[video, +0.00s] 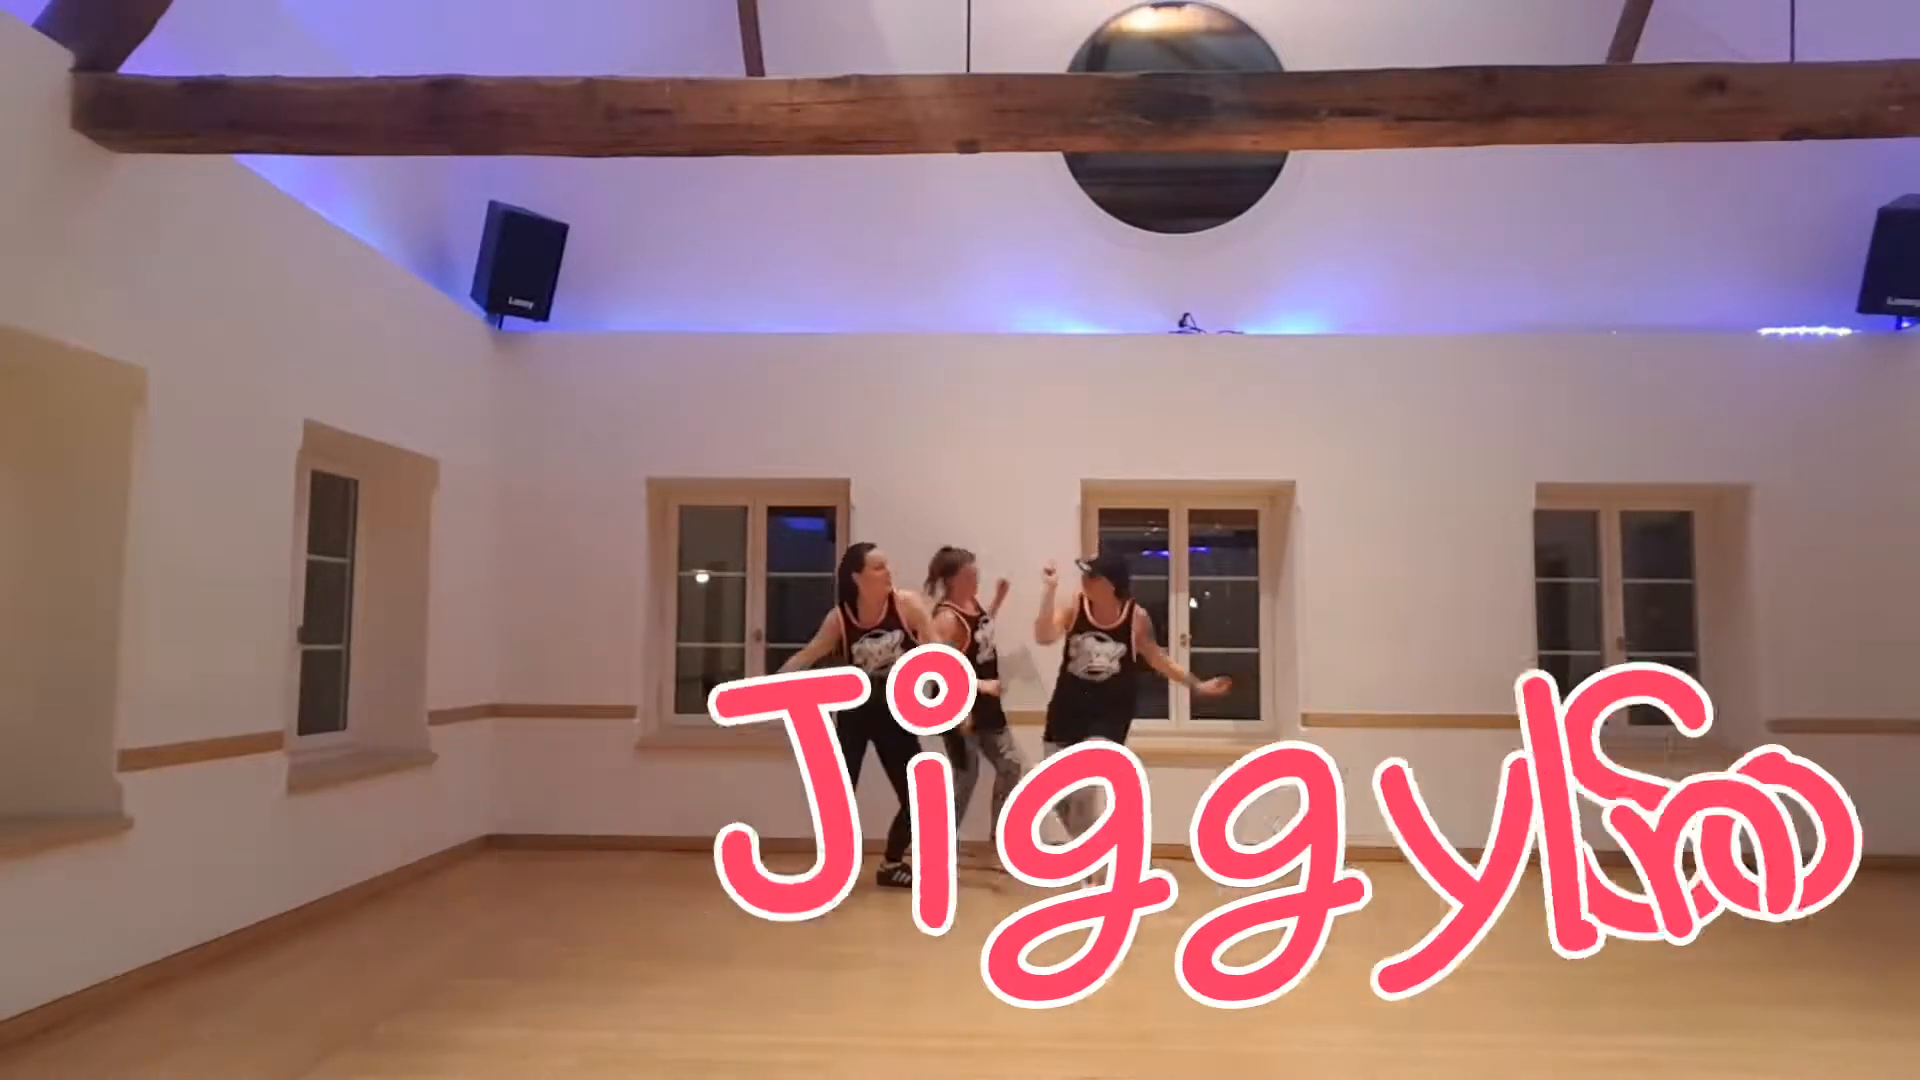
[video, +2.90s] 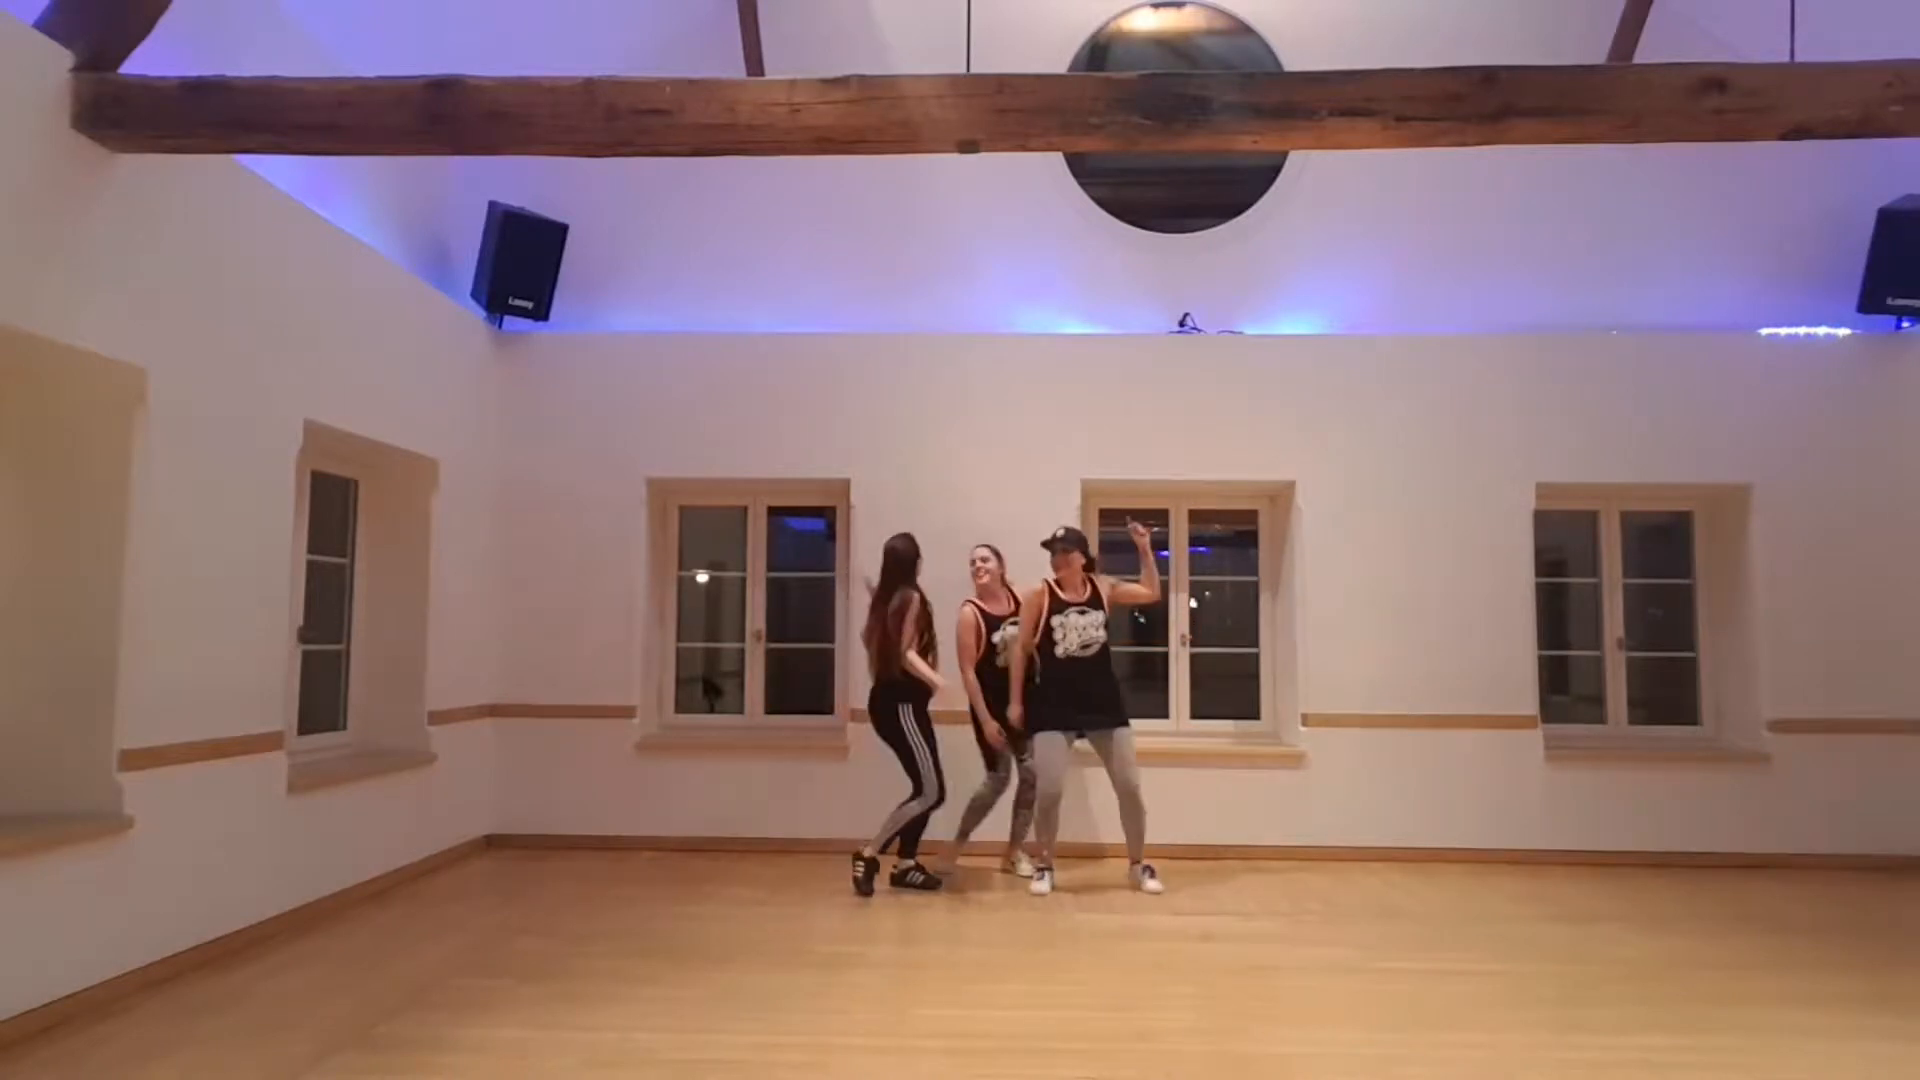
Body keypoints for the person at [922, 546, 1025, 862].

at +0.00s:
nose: (976, 579)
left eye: (974, 573)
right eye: (969, 574)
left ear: (967, 577)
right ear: (951, 579)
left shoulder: (970, 603)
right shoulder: (946, 619)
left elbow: (982, 628)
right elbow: (940, 670)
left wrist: (997, 601)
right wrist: (980, 684)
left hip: (987, 704)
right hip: (961, 710)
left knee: (1011, 767)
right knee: (964, 774)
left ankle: (1004, 837)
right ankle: (943, 841)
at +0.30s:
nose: (1001, 581)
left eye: (1005, 575)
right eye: (995, 574)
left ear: (1009, 571)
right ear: (979, 569)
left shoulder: (1005, 593)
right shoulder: (963, 600)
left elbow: (1032, 613)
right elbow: (933, 641)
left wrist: (1041, 580)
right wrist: (954, 683)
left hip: (1004, 690)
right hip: (968, 692)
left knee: (1015, 764)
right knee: (958, 767)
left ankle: (1023, 837)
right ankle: (943, 839)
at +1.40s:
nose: (1006, 561)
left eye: (1013, 556)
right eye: (1002, 556)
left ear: (1026, 562)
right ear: (995, 561)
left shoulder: (1035, 590)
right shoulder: (991, 593)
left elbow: (1030, 612)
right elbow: (973, 634)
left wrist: (991, 597)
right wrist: (934, 638)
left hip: (1022, 694)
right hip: (984, 691)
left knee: (1025, 769)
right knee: (961, 761)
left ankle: (1030, 845)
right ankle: (961, 841)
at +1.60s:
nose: (989, 561)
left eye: (997, 557)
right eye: (984, 555)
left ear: (1008, 565)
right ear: (976, 562)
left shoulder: (1014, 590)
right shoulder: (968, 597)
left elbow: (1019, 616)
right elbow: (946, 635)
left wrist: (1005, 637)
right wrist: (921, 644)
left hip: (1001, 690)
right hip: (961, 690)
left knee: (1028, 762)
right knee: (952, 767)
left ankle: (1033, 842)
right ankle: (948, 844)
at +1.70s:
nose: (981, 566)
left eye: (987, 562)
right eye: (976, 561)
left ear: (996, 570)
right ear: (966, 567)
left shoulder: (1005, 602)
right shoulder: (953, 606)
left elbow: (1017, 643)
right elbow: (931, 647)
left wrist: (1014, 682)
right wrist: (904, 667)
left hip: (992, 701)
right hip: (952, 701)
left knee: (1023, 771)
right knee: (946, 776)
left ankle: (1033, 844)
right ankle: (949, 847)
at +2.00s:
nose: (969, 560)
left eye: (972, 554)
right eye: (961, 555)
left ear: (977, 560)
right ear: (944, 563)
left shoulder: (990, 597)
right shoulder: (931, 605)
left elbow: (1011, 644)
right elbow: (926, 658)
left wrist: (1030, 680)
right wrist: (941, 699)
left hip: (987, 694)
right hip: (947, 696)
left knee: (995, 769)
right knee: (948, 775)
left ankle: (1002, 844)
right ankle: (949, 845)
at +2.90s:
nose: (980, 567)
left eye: (986, 560)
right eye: (975, 563)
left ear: (1002, 567)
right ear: (971, 572)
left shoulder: (1018, 601)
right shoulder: (970, 613)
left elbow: (1035, 648)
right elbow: (967, 669)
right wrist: (986, 719)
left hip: (1023, 693)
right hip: (989, 700)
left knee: (1030, 773)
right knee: (999, 777)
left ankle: (1015, 849)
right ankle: (957, 844)